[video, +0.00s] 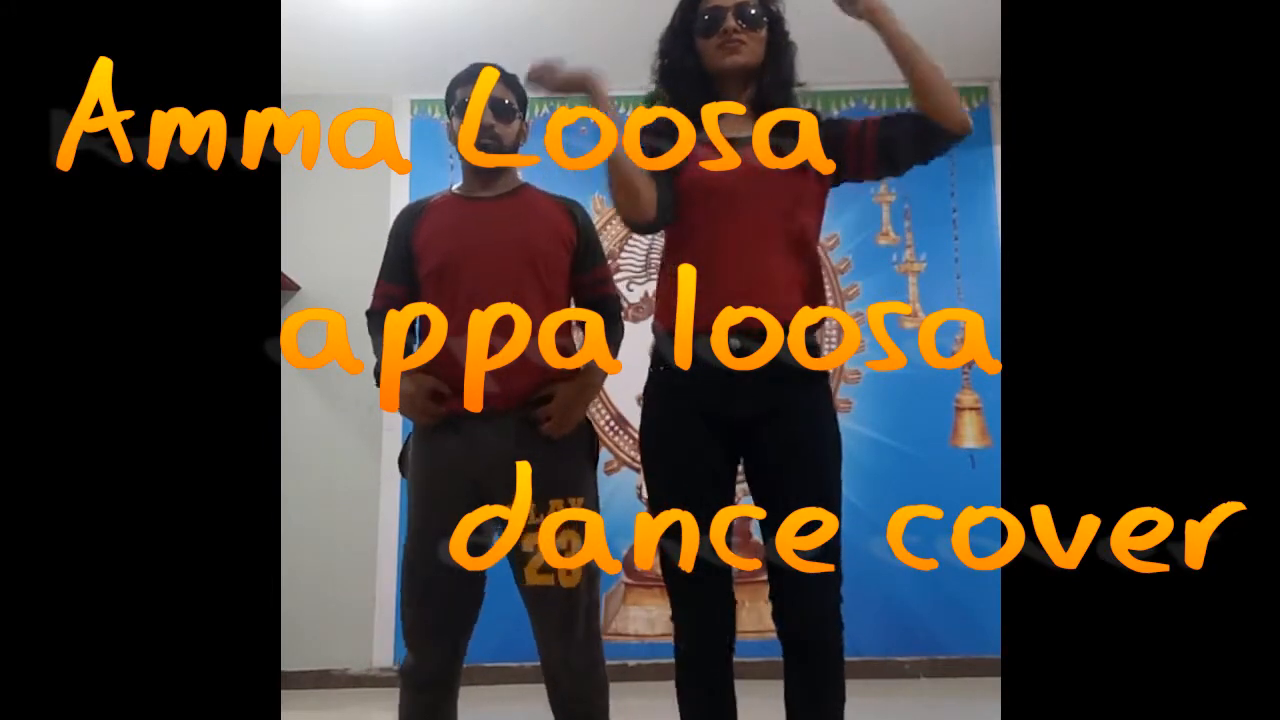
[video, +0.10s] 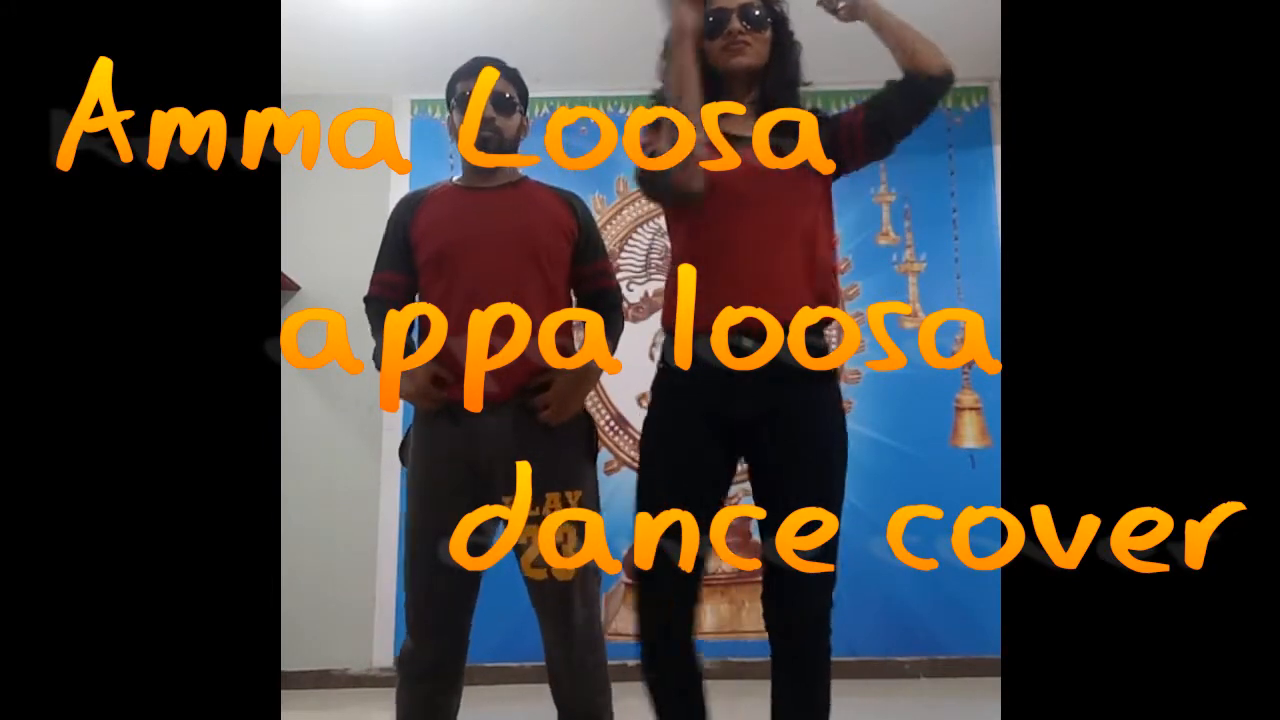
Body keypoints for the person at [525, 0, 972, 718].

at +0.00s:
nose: (732, 27)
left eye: (749, 16)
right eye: (712, 18)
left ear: (773, 39)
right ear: (687, 44)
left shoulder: (810, 135)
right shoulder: (666, 130)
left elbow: (949, 121)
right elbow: (639, 211)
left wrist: (880, 17)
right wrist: (600, 107)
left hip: (792, 388)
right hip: (686, 389)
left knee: (810, 602)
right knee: (698, 608)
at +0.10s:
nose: (737, 30)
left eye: (754, 18)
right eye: (718, 21)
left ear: (779, 39)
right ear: (696, 48)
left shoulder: (813, 135)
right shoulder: (669, 129)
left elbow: (932, 74)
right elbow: (678, 182)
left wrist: (867, 9)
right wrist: (680, 44)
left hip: (800, 390)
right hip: (692, 389)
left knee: (802, 598)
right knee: (662, 593)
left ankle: (802, 718)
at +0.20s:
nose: (743, 36)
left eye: (760, 24)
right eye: (725, 22)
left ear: (781, 49)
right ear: (694, 48)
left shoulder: (814, 142)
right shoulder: (671, 136)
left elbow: (915, 70)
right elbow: (710, 161)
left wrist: (853, 13)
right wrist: (721, 56)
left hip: (808, 397)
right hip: (699, 396)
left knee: (803, 608)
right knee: (625, 593)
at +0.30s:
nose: (745, 36)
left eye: (758, 22)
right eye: (721, 28)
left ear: (781, 42)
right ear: (698, 55)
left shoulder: (807, 142)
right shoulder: (676, 129)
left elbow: (891, 86)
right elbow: (770, 131)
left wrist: (818, 20)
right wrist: (795, 31)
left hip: (807, 387)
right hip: (702, 387)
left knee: (804, 605)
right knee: (647, 594)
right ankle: (593, 719)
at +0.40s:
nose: (744, 34)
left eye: (758, 20)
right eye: (722, 25)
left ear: (781, 41)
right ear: (701, 48)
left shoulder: (806, 136)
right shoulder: (686, 117)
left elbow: (891, 85)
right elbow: (777, 136)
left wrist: (816, 26)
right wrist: (816, 27)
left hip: (796, 377)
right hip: (698, 374)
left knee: (798, 604)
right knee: (649, 597)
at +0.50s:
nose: (744, 22)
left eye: (759, 10)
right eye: (723, 16)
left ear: (783, 32)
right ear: (704, 43)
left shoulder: (816, 126)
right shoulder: (698, 115)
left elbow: (889, 75)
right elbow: (813, 138)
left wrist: (818, 24)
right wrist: (842, 29)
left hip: (779, 371)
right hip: (687, 359)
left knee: (786, 602)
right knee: (640, 584)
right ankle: (579, 719)